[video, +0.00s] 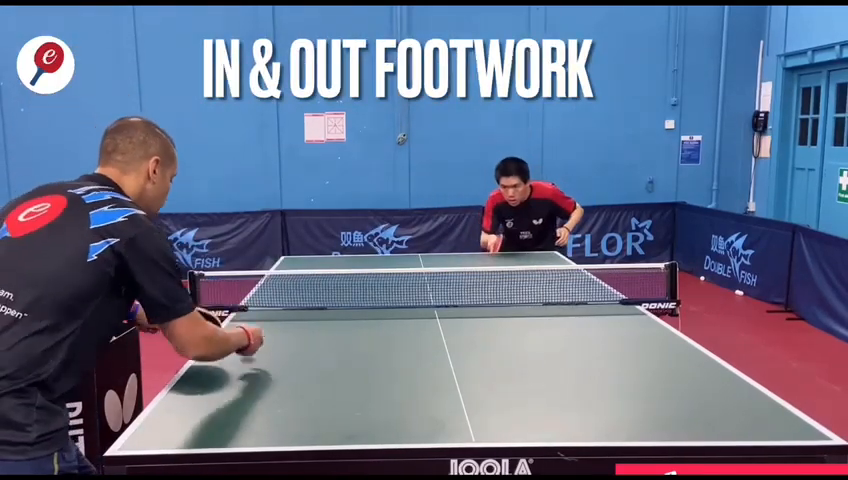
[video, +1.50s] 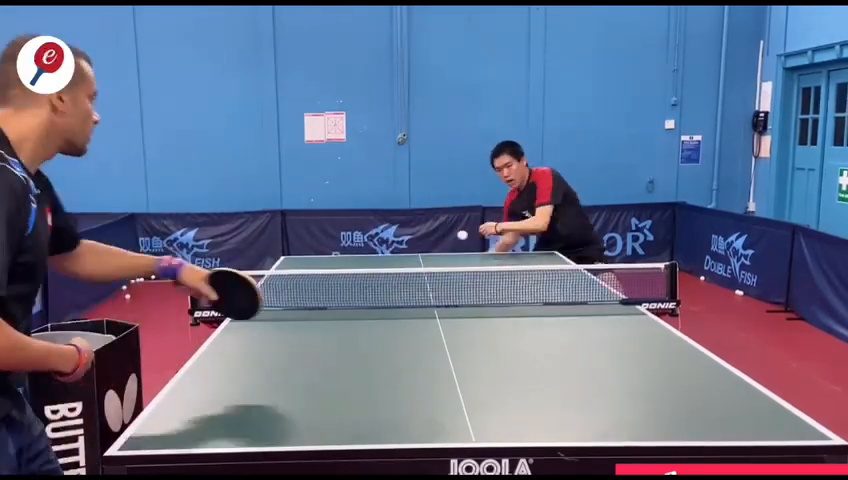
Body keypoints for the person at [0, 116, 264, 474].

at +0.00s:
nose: (166, 198)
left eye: (171, 184)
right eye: (170, 182)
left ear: (106, 160)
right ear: (152, 170)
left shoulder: (35, 199)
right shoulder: (133, 227)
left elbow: (54, 299)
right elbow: (196, 343)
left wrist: (138, 315)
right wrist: (239, 337)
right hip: (23, 432)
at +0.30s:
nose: (171, 203)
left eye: (176, 190)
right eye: (175, 189)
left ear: (111, 172)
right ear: (159, 181)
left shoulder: (65, 207)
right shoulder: (119, 232)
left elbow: (127, 275)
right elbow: (173, 356)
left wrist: (201, 287)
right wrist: (226, 341)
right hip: (14, 418)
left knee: (88, 469)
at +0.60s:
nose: (141, 156)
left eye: (143, 143)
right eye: (142, 143)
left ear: (70, 136)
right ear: (125, 141)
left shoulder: (18, 187)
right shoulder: (92, 219)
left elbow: (54, 283)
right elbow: (135, 351)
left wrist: (147, 295)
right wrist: (194, 344)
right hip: (26, 442)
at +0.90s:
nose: (120, 141)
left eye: (122, 127)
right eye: (120, 126)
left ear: (44, 122)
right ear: (102, 123)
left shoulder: (8, 173)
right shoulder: (77, 199)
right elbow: (107, 349)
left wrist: (99, 315)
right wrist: (158, 362)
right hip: (16, 438)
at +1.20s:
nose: (158, 182)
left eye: (160, 167)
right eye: (157, 164)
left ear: (127, 153)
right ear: (128, 152)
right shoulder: (59, 209)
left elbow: (116, 302)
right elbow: (25, 346)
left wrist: (218, 319)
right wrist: (96, 378)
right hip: (11, 441)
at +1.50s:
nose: (96, 116)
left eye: (94, 101)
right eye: (90, 99)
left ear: (56, 100)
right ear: (56, 99)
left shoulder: (30, 178)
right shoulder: (7, 184)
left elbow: (71, 255)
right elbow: (3, 336)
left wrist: (174, 268)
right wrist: (59, 356)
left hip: (14, 408)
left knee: (45, 469)